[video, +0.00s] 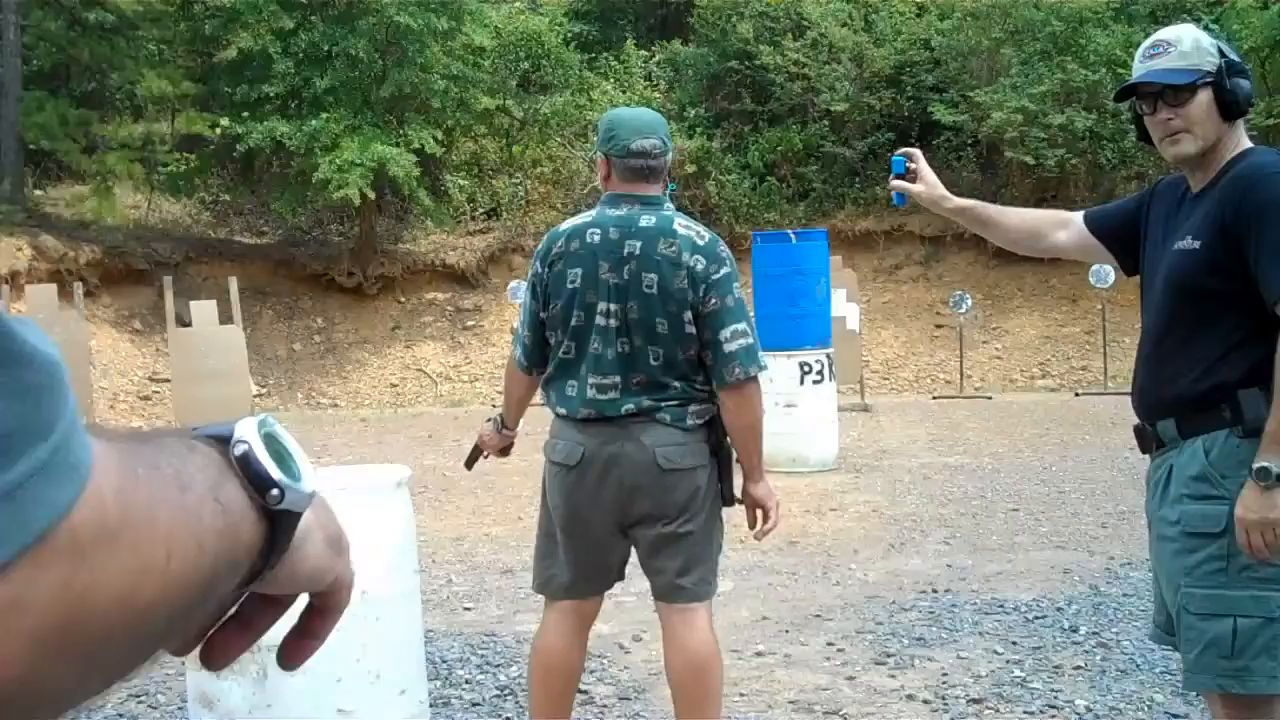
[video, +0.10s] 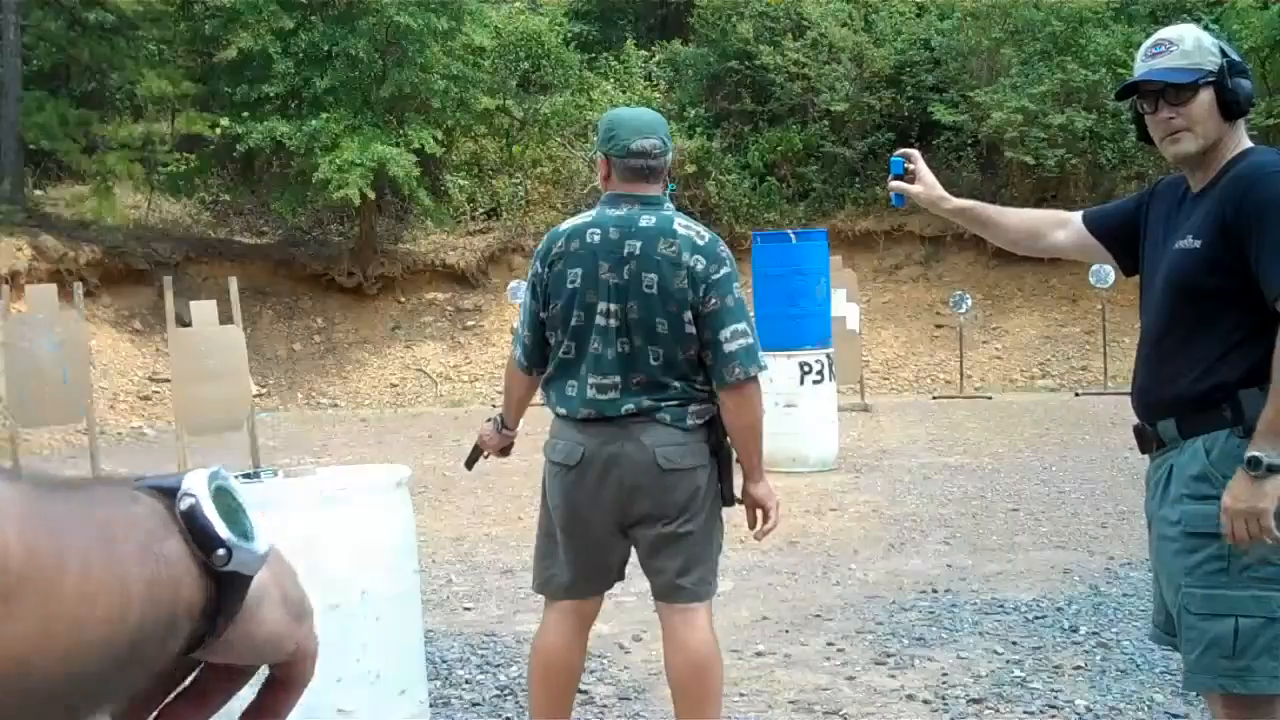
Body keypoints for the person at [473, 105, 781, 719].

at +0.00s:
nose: (595, 170)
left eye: (596, 162)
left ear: (604, 168)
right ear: (669, 168)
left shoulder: (560, 244)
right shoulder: (702, 248)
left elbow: (528, 356)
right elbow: (736, 376)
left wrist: (505, 423)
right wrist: (754, 474)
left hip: (580, 452)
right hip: (676, 452)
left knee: (567, 608)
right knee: (686, 610)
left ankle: (547, 715)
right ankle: (702, 715)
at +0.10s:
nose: (595, 170)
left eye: (596, 162)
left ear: (604, 168)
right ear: (669, 169)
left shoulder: (560, 244)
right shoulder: (702, 248)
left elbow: (528, 355)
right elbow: (736, 375)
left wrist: (505, 422)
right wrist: (754, 474)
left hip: (580, 452)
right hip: (676, 452)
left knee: (567, 608)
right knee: (686, 610)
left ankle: (548, 715)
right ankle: (701, 715)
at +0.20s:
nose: (595, 170)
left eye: (597, 162)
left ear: (604, 169)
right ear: (669, 168)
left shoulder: (560, 244)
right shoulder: (702, 248)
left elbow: (529, 355)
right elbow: (736, 376)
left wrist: (505, 422)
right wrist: (754, 474)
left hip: (579, 452)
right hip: (675, 451)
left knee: (567, 607)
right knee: (686, 610)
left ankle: (548, 714)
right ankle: (702, 715)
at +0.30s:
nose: (595, 170)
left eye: (596, 163)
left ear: (604, 168)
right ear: (669, 169)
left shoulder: (560, 244)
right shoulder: (702, 249)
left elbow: (529, 356)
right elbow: (736, 377)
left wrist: (505, 421)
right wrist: (754, 475)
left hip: (580, 452)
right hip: (675, 452)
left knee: (567, 608)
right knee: (686, 610)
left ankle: (548, 714)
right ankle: (702, 715)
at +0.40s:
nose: (595, 170)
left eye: (597, 162)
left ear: (604, 168)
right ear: (669, 168)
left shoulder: (560, 244)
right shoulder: (702, 249)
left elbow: (529, 356)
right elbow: (736, 377)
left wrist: (505, 422)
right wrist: (754, 474)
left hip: (580, 452)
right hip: (676, 452)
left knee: (567, 608)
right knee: (686, 610)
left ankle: (547, 715)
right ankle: (702, 715)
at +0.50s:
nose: (596, 170)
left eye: (597, 162)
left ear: (605, 168)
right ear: (669, 169)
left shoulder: (561, 244)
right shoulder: (702, 249)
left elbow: (529, 356)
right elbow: (736, 376)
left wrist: (505, 422)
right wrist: (754, 474)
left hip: (580, 452)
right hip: (676, 452)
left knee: (567, 608)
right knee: (686, 610)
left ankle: (547, 715)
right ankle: (702, 715)